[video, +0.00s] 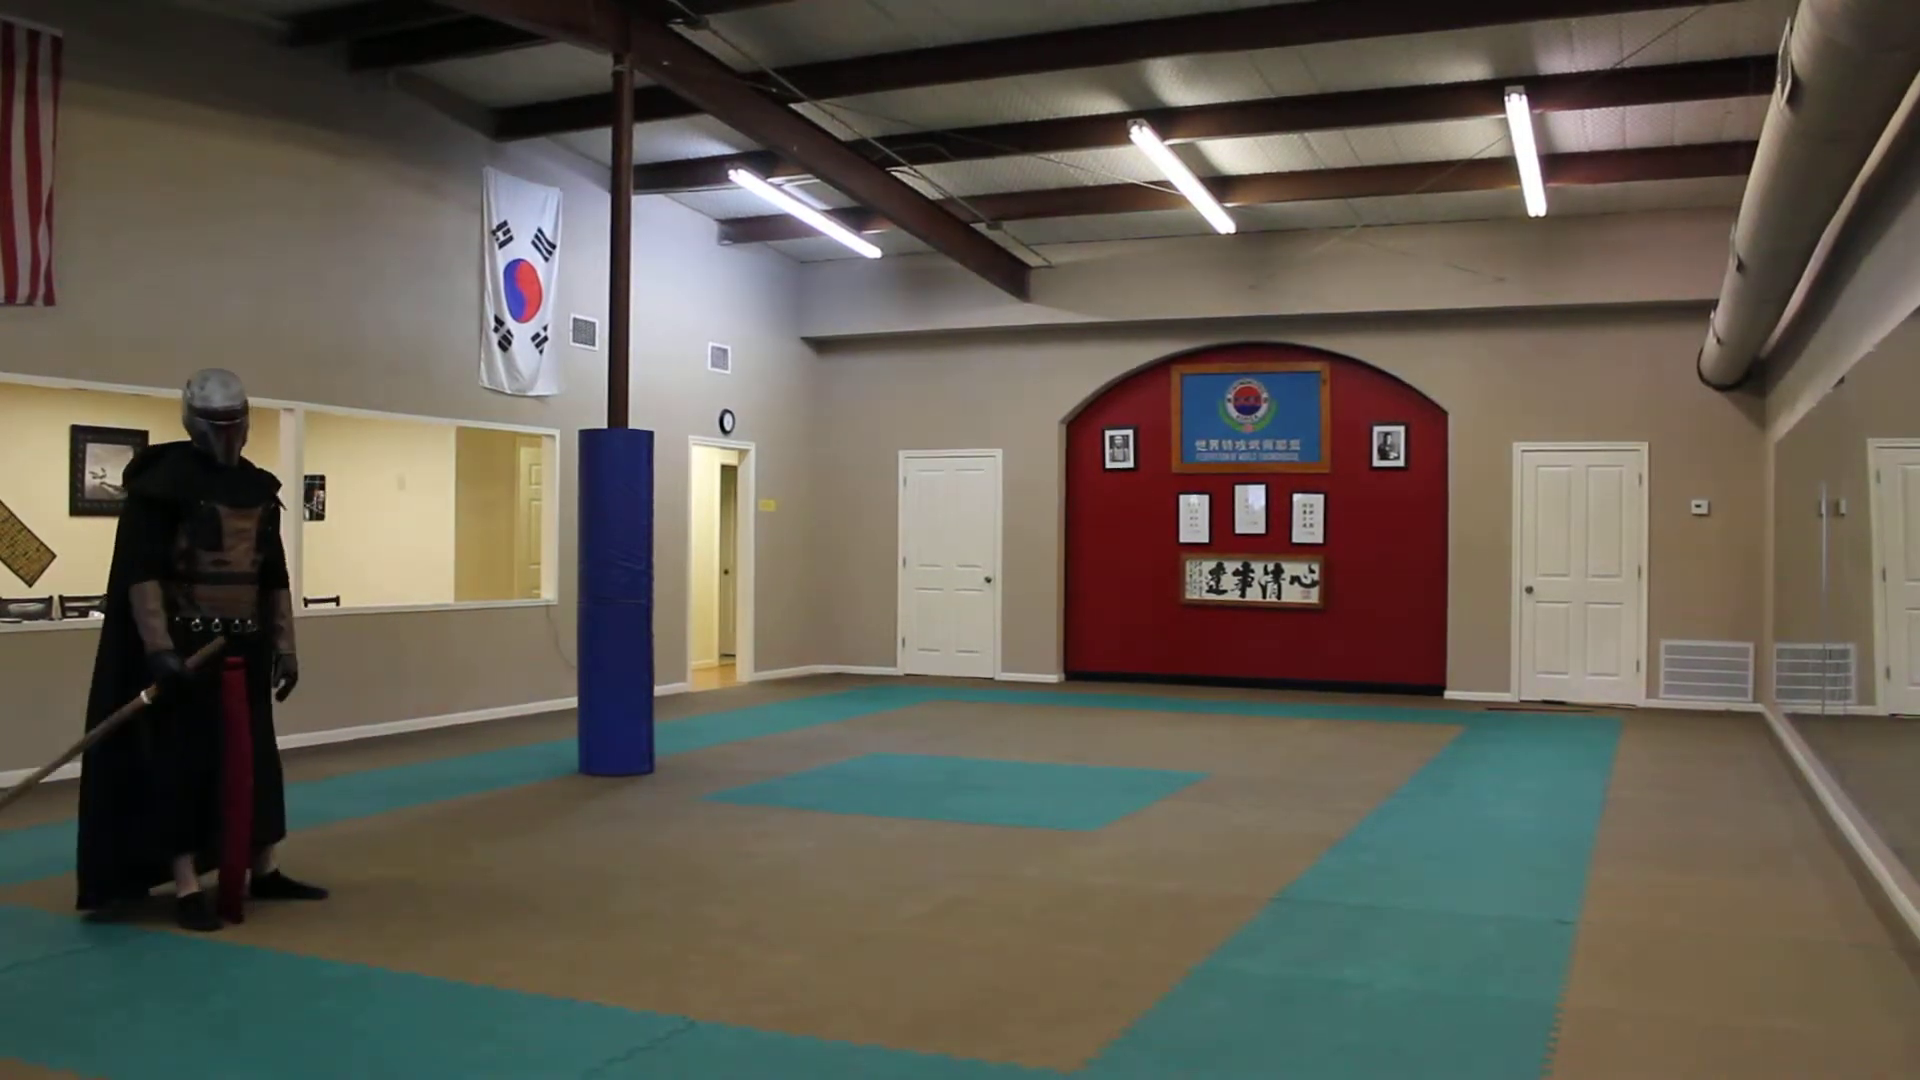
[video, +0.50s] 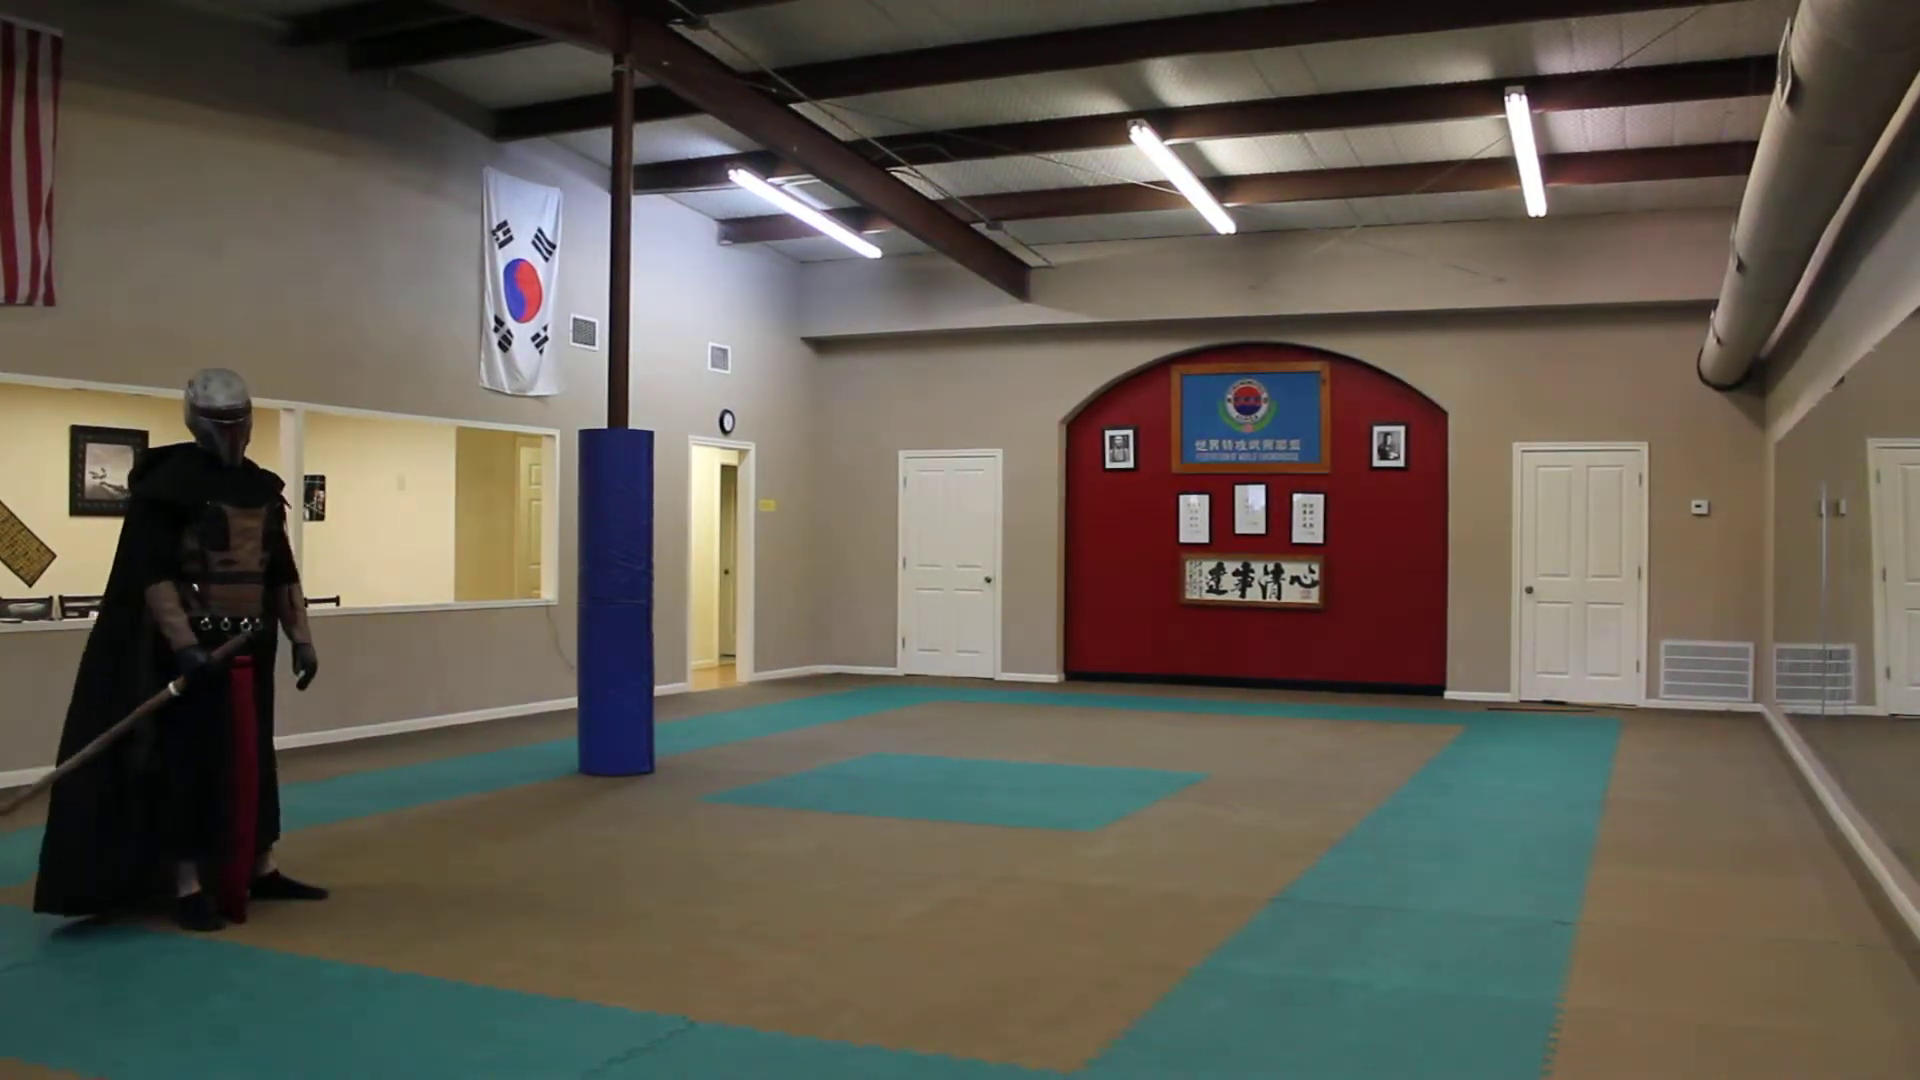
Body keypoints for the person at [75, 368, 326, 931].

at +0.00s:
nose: (227, 432)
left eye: (235, 420)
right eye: (215, 421)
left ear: (248, 420)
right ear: (190, 421)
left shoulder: (258, 489)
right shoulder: (161, 477)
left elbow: (274, 575)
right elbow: (141, 570)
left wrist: (285, 645)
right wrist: (159, 649)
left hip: (243, 651)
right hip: (179, 651)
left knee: (254, 758)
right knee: (180, 764)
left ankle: (262, 872)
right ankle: (187, 886)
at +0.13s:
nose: (226, 431)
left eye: (235, 420)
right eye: (214, 421)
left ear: (247, 419)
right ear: (190, 420)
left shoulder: (258, 488)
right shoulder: (161, 477)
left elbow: (273, 574)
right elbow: (141, 570)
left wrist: (282, 644)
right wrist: (153, 649)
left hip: (242, 649)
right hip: (180, 649)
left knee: (251, 759)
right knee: (181, 764)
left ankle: (260, 872)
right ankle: (187, 888)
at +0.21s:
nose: (223, 431)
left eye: (233, 419)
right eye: (210, 420)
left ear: (247, 419)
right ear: (189, 419)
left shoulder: (259, 490)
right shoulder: (162, 478)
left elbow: (273, 574)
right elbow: (141, 569)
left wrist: (285, 645)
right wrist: (155, 651)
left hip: (242, 648)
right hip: (182, 649)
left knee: (251, 759)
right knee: (182, 764)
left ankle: (260, 871)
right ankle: (188, 887)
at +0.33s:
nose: (227, 432)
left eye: (235, 420)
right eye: (213, 421)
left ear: (248, 419)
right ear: (190, 421)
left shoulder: (259, 488)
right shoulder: (163, 478)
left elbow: (275, 570)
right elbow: (146, 572)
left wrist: (292, 642)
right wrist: (165, 650)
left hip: (243, 651)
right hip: (182, 651)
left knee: (250, 761)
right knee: (181, 766)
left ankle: (258, 871)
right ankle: (187, 885)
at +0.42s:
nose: (229, 432)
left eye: (237, 419)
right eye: (216, 421)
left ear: (249, 420)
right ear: (192, 421)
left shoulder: (259, 488)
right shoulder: (164, 478)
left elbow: (278, 570)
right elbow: (148, 571)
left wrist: (297, 639)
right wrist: (176, 647)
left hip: (245, 653)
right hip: (182, 653)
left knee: (251, 762)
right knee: (183, 767)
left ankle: (257, 871)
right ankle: (188, 885)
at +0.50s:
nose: (228, 431)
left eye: (236, 419)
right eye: (215, 420)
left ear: (250, 420)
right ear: (192, 421)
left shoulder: (261, 489)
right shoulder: (166, 478)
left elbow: (280, 571)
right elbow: (150, 571)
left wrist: (301, 637)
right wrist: (186, 644)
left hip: (247, 651)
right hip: (182, 650)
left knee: (251, 761)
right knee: (187, 766)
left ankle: (256, 871)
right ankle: (188, 886)